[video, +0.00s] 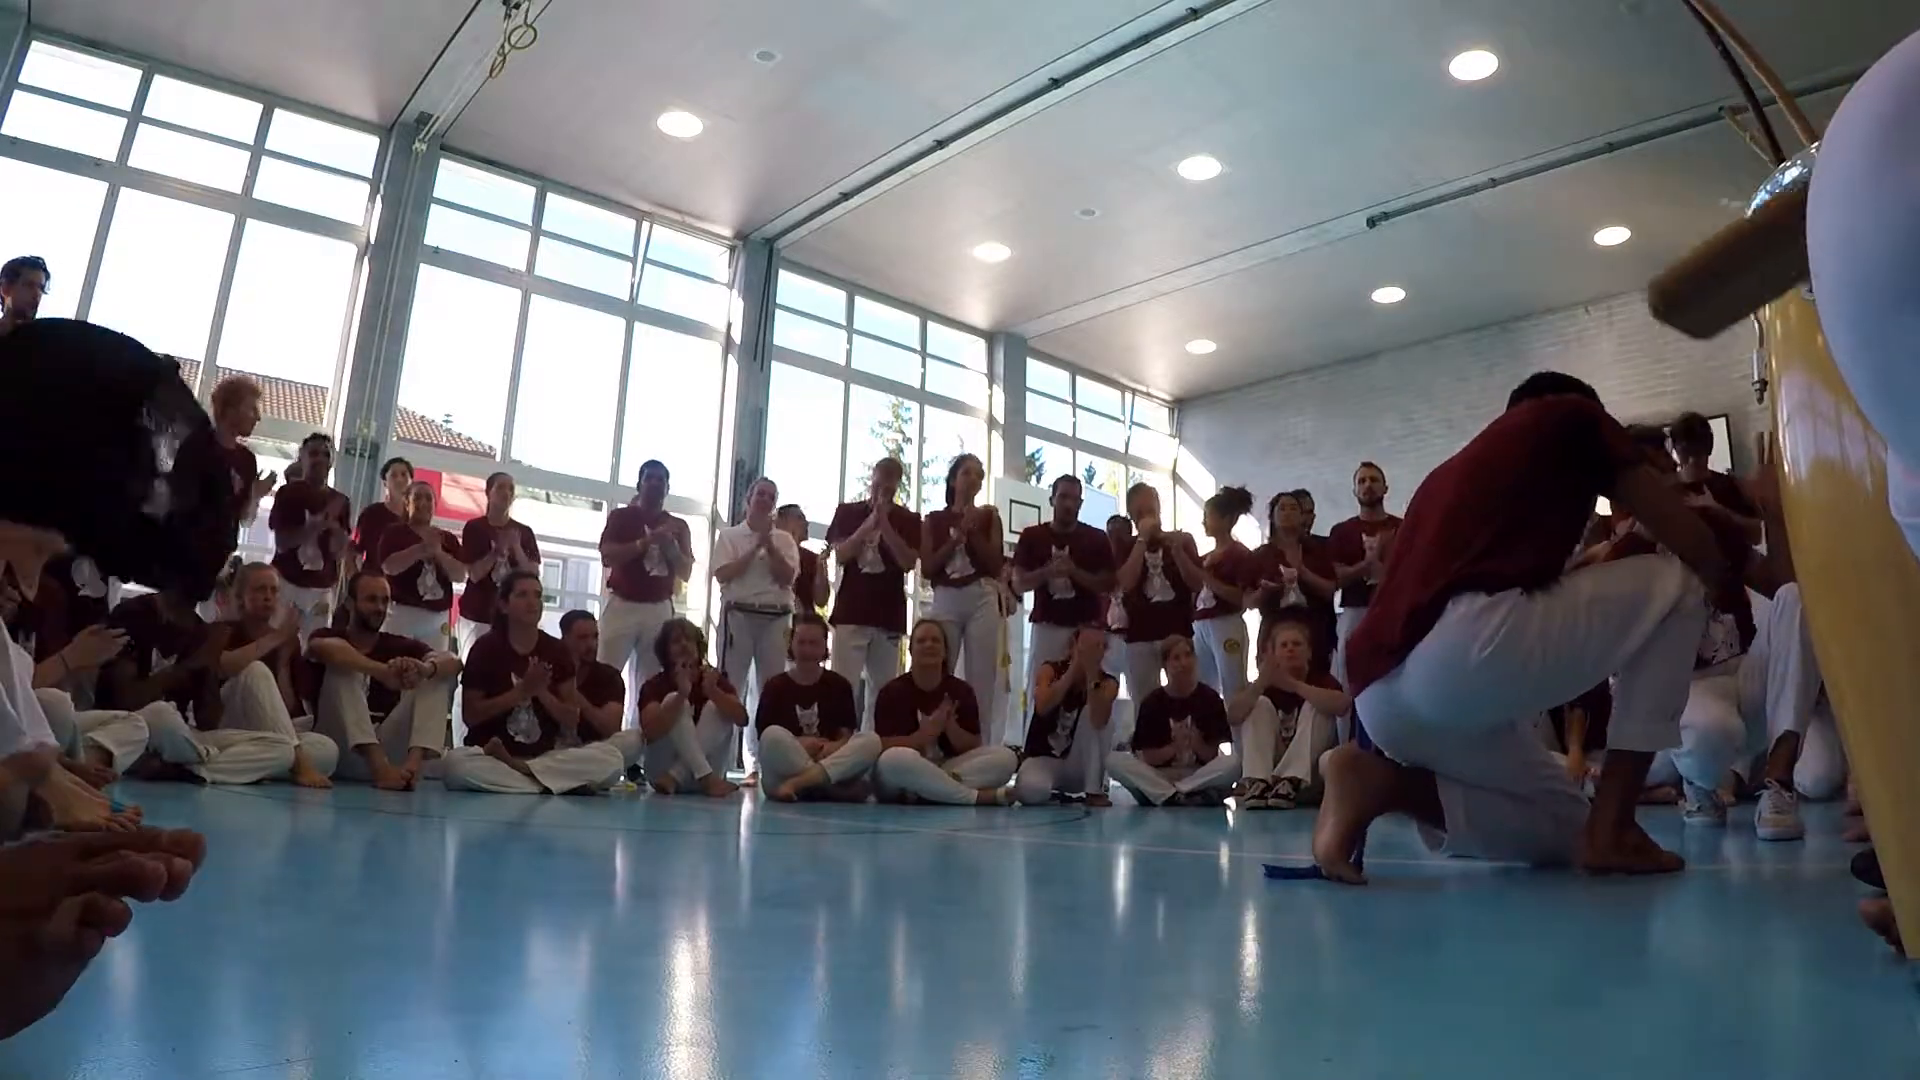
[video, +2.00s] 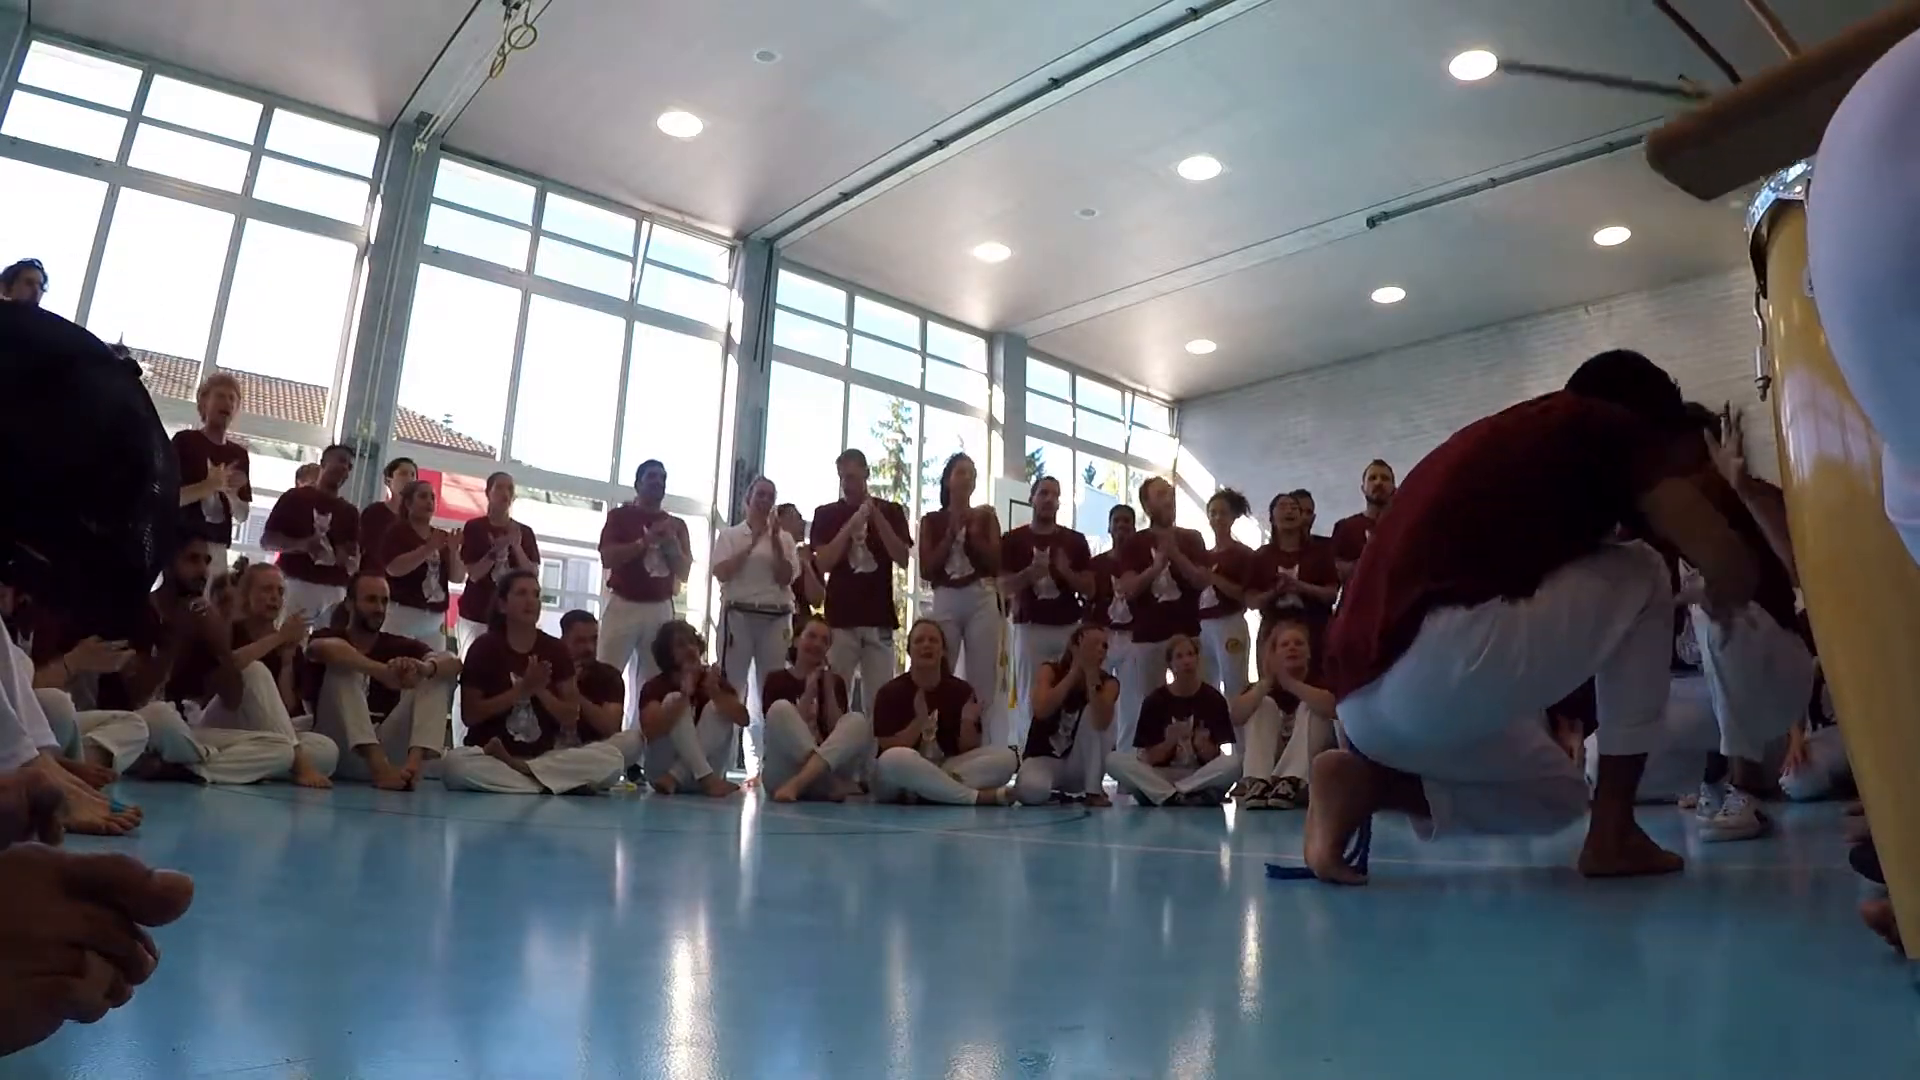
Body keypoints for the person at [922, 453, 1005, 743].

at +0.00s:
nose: (972, 478)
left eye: (978, 475)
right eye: (966, 472)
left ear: (982, 483)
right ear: (953, 478)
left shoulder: (989, 516)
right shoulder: (934, 519)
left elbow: (994, 565)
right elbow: (928, 568)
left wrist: (973, 532)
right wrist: (953, 540)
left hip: (982, 595)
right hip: (945, 594)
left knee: (982, 678)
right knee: (939, 674)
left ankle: (982, 751)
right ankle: (938, 748)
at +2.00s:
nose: (965, 477)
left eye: (970, 473)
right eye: (959, 472)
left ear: (975, 482)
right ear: (947, 479)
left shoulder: (986, 516)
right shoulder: (932, 521)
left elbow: (993, 565)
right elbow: (927, 569)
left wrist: (972, 537)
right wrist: (949, 535)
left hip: (982, 597)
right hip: (944, 597)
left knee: (982, 681)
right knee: (940, 677)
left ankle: (981, 751)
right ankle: (937, 751)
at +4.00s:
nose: (968, 482)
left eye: (973, 477)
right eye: (962, 476)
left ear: (978, 483)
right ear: (948, 481)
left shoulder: (984, 519)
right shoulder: (934, 523)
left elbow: (991, 561)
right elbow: (931, 568)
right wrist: (949, 541)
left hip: (979, 592)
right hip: (947, 594)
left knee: (980, 667)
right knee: (946, 666)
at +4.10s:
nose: (969, 482)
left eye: (974, 476)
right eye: (962, 476)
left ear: (979, 481)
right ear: (950, 481)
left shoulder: (985, 520)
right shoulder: (935, 523)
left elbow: (992, 561)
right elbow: (930, 571)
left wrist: (972, 537)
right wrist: (952, 546)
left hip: (980, 591)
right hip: (949, 593)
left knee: (980, 669)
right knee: (945, 668)